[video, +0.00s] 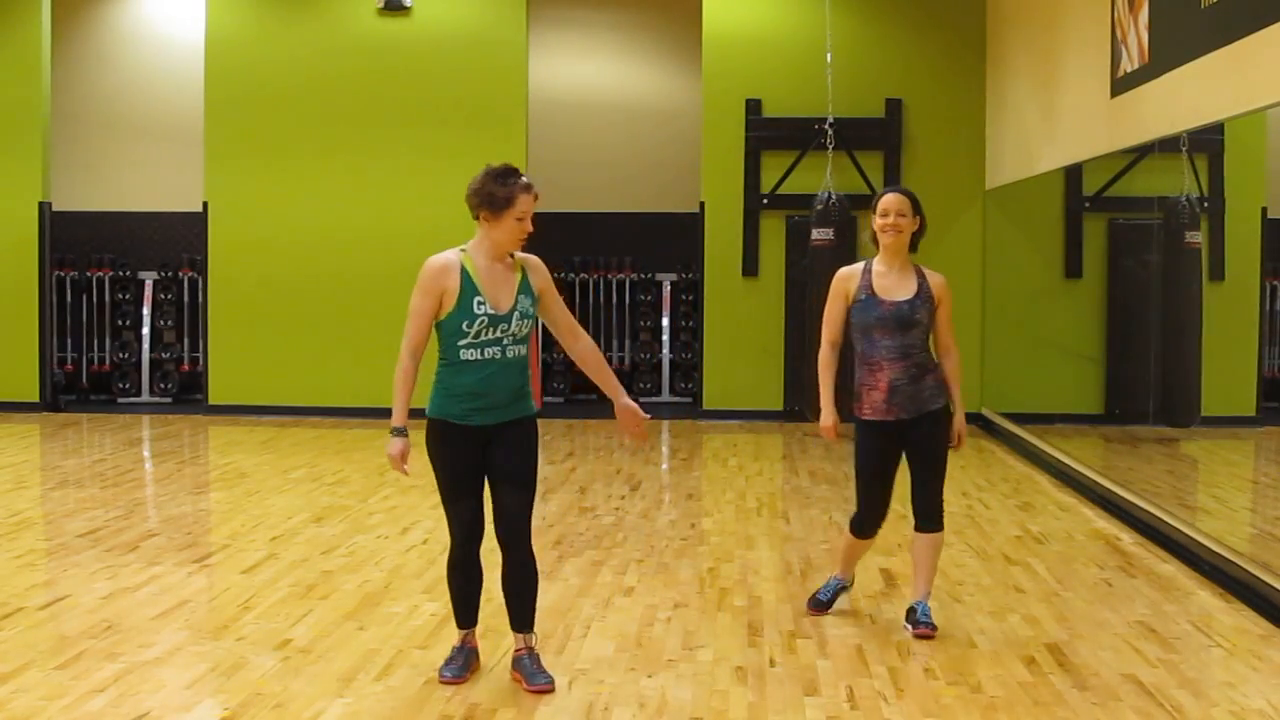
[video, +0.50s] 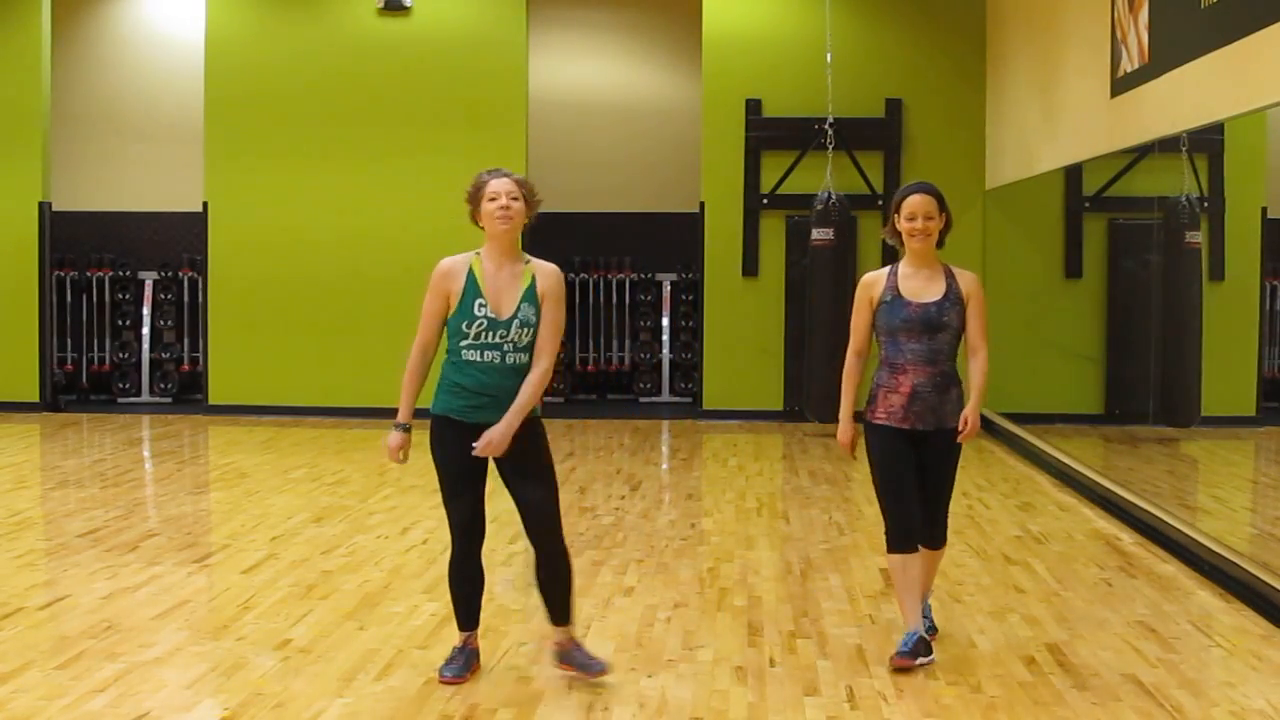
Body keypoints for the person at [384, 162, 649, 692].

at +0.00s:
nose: (529, 227)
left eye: (531, 218)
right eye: (522, 218)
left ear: (515, 218)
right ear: (488, 216)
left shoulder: (531, 271)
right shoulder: (442, 270)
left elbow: (574, 338)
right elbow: (410, 352)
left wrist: (620, 397)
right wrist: (399, 428)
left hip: (515, 425)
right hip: (454, 428)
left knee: (516, 538)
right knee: (465, 538)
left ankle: (524, 646)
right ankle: (466, 641)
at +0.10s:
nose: (524, 228)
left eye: (526, 218)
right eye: (516, 219)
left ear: (514, 218)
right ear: (482, 217)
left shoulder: (528, 272)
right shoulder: (438, 270)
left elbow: (569, 341)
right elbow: (404, 350)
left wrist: (616, 402)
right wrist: (389, 424)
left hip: (511, 424)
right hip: (451, 426)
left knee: (513, 535)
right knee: (463, 536)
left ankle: (520, 642)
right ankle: (466, 641)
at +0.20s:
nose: (523, 226)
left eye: (524, 216)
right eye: (514, 217)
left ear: (515, 217)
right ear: (480, 217)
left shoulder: (529, 271)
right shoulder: (436, 272)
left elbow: (561, 345)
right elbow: (402, 352)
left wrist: (600, 415)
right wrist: (383, 424)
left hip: (509, 423)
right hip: (449, 424)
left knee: (498, 531)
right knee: (463, 536)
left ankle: (509, 638)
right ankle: (466, 641)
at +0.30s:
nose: (516, 221)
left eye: (519, 211)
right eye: (505, 212)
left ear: (522, 214)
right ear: (474, 215)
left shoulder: (534, 274)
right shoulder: (440, 274)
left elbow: (552, 350)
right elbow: (407, 353)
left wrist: (565, 420)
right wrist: (383, 426)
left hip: (511, 424)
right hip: (451, 424)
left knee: (496, 531)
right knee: (462, 535)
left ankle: (501, 641)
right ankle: (467, 641)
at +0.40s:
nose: (498, 207)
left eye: (507, 200)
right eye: (487, 200)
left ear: (520, 214)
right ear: (469, 213)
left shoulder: (539, 276)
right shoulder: (444, 274)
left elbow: (546, 357)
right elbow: (415, 353)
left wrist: (531, 425)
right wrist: (393, 425)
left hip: (515, 424)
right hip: (453, 425)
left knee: (526, 538)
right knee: (463, 538)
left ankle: (519, 636)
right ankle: (466, 641)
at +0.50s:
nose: (505, 205)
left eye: (514, 198)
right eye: (494, 199)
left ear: (527, 212)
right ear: (477, 213)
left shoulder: (547, 277)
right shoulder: (451, 272)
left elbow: (543, 364)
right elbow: (423, 349)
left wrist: (508, 425)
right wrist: (402, 422)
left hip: (518, 420)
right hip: (456, 421)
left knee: (548, 531)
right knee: (466, 535)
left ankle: (565, 639)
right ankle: (467, 642)